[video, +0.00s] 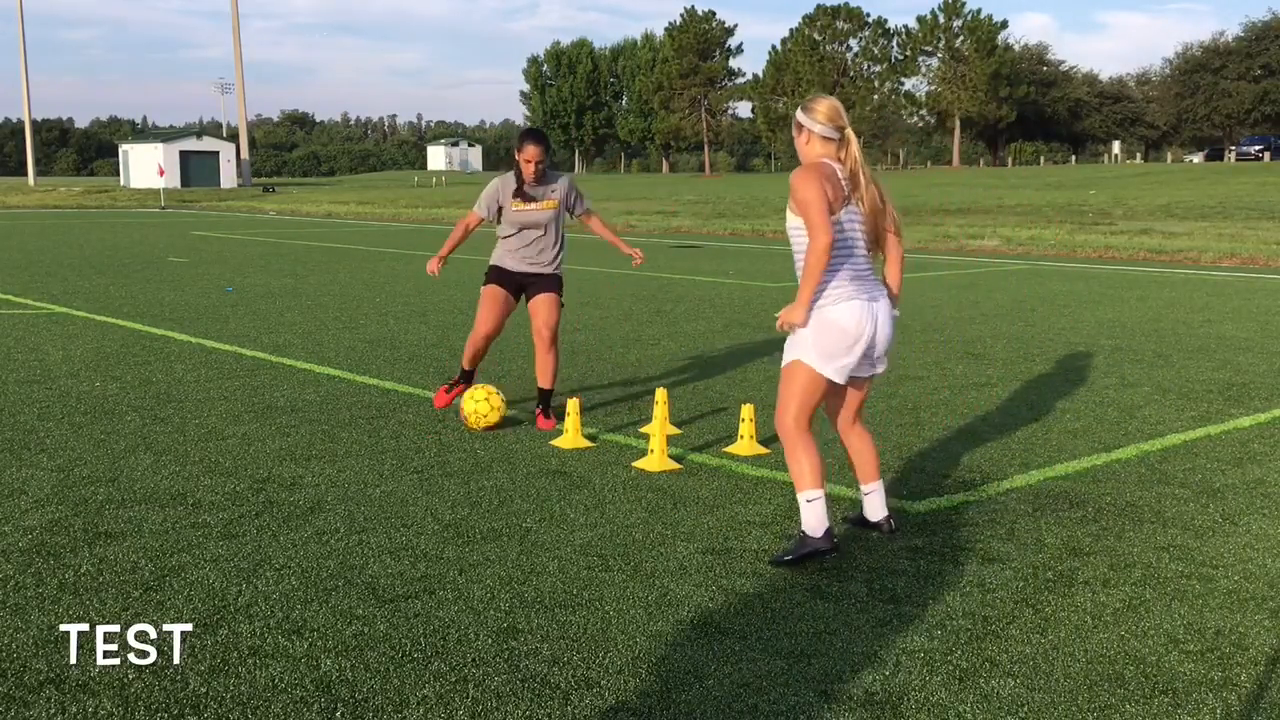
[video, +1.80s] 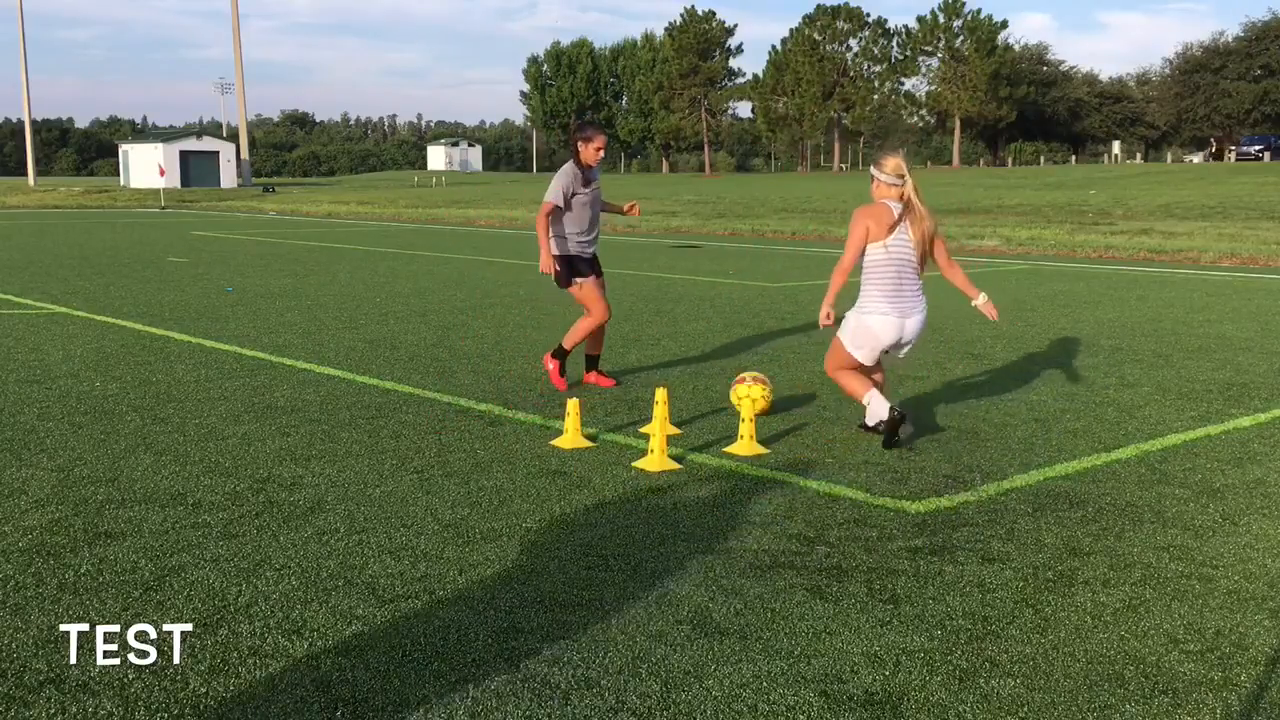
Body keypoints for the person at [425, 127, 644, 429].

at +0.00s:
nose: (533, 169)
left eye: (539, 162)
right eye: (528, 161)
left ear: (547, 159)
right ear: (517, 157)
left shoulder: (562, 186)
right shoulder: (501, 187)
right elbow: (470, 222)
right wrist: (442, 255)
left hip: (546, 272)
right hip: (505, 268)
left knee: (547, 335)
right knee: (484, 331)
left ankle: (544, 408)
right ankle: (463, 380)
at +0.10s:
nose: (529, 167)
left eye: (535, 160)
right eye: (524, 159)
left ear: (544, 156)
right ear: (513, 154)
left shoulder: (557, 183)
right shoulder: (494, 180)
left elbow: (577, 220)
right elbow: (467, 217)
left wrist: (593, 254)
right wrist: (440, 252)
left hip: (540, 266)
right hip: (499, 261)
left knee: (545, 333)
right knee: (484, 325)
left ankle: (544, 409)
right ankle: (462, 398)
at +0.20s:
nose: (528, 155)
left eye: (533, 149)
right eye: (522, 148)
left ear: (540, 145)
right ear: (510, 143)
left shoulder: (551, 174)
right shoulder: (489, 170)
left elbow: (561, 217)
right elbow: (464, 202)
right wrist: (442, 241)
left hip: (530, 260)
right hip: (490, 254)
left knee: (541, 329)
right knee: (485, 325)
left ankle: (543, 408)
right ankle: (459, 403)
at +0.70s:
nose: (536, 138)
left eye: (540, 132)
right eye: (530, 132)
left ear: (544, 134)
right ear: (515, 133)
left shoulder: (555, 166)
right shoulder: (497, 166)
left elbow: (562, 202)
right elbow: (482, 208)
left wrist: (566, 226)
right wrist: (488, 229)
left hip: (538, 258)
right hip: (500, 254)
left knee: (540, 333)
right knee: (491, 324)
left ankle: (523, 395)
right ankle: (468, 397)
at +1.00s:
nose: (559, 146)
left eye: (562, 140)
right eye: (554, 139)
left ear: (564, 144)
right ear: (536, 141)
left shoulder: (564, 174)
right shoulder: (517, 176)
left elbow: (556, 213)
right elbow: (492, 217)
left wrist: (574, 233)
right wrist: (509, 251)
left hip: (553, 262)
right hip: (521, 262)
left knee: (581, 324)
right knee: (530, 330)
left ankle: (559, 370)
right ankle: (505, 398)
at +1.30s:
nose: (587, 147)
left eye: (588, 142)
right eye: (581, 142)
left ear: (588, 143)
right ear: (564, 143)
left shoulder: (592, 173)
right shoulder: (546, 175)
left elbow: (595, 207)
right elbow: (524, 214)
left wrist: (622, 227)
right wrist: (526, 250)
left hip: (583, 259)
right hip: (552, 257)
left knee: (595, 323)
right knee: (551, 321)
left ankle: (578, 378)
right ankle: (522, 389)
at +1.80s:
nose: (602, 155)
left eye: (604, 150)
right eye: (598, 150)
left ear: (593, 148)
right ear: (580, 146)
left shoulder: (591, 172)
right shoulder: (566, 175)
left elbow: (594, 204)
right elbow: (542, 216)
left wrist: (621, 210)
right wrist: (544, 253)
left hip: (588, 252)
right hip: (567, 255)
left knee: (600, 313)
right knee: (599, 312)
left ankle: (592, 371)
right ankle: (555, 358)